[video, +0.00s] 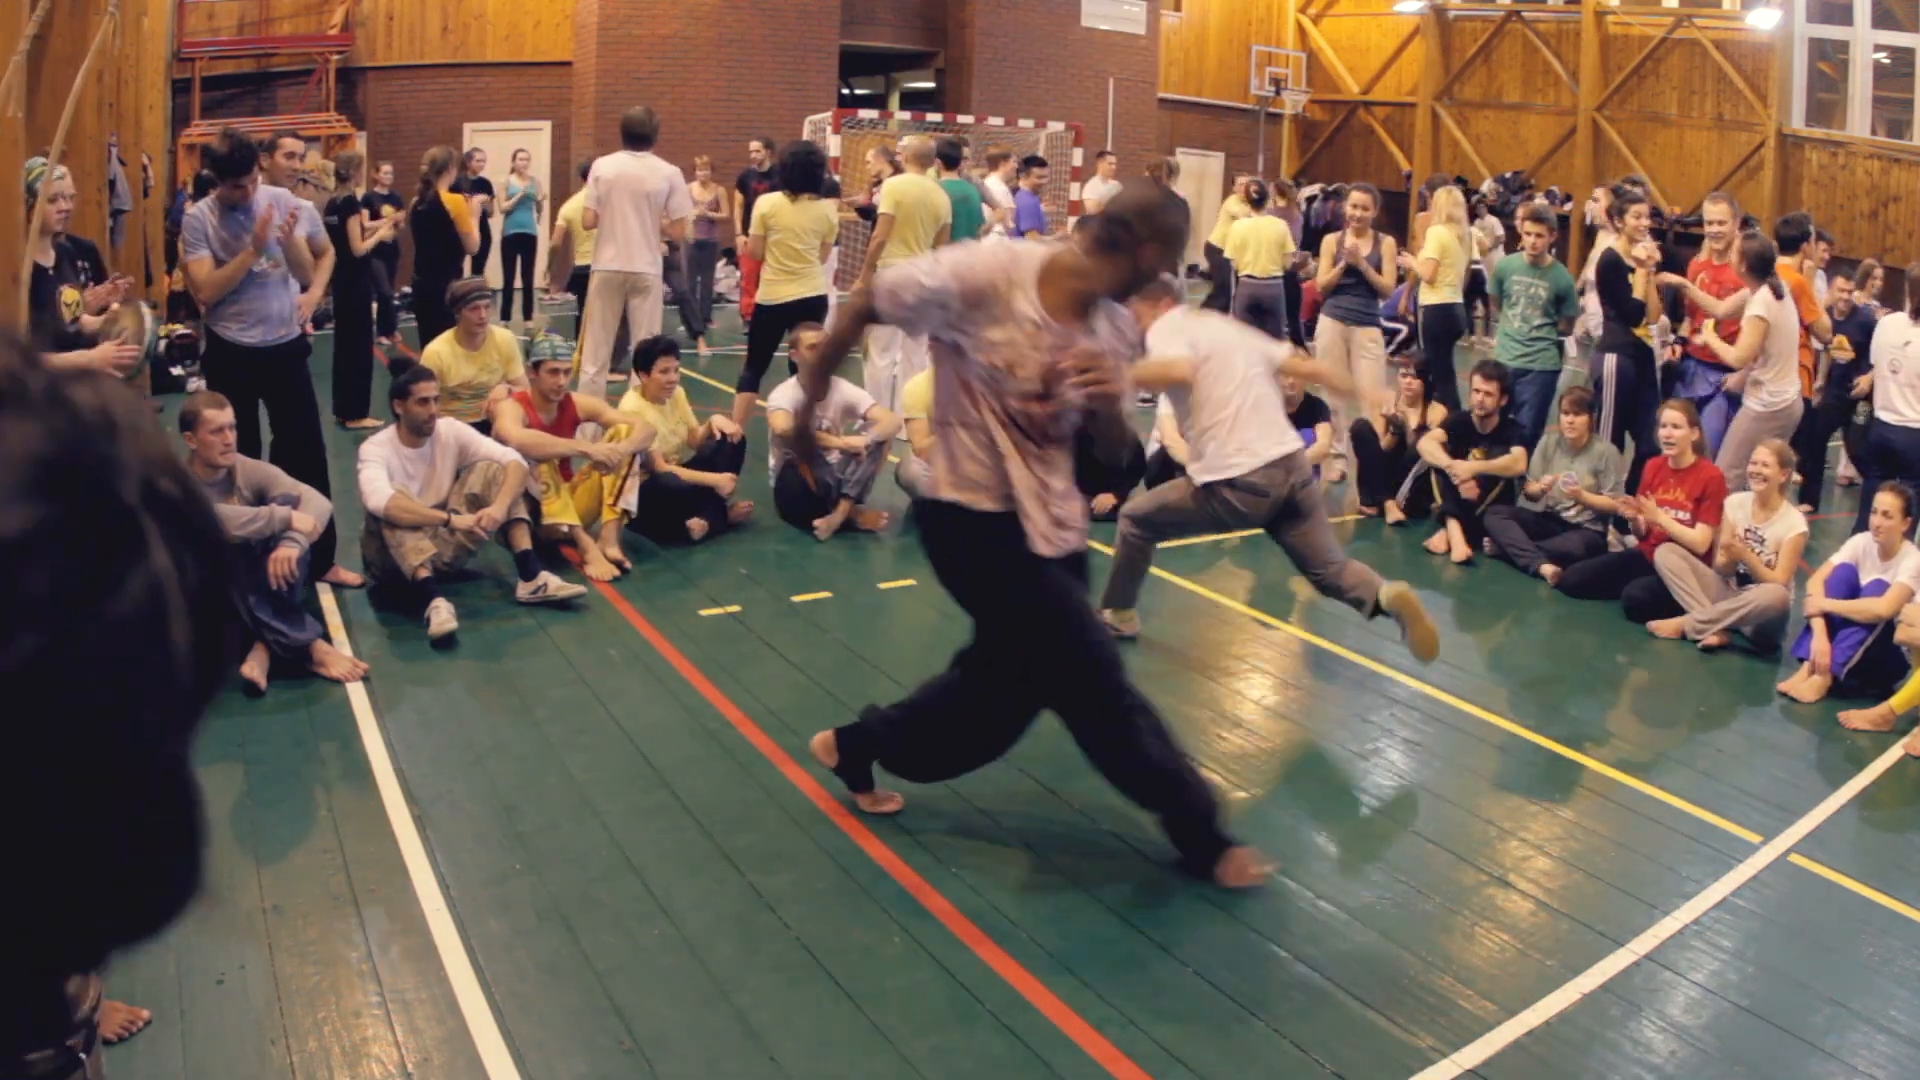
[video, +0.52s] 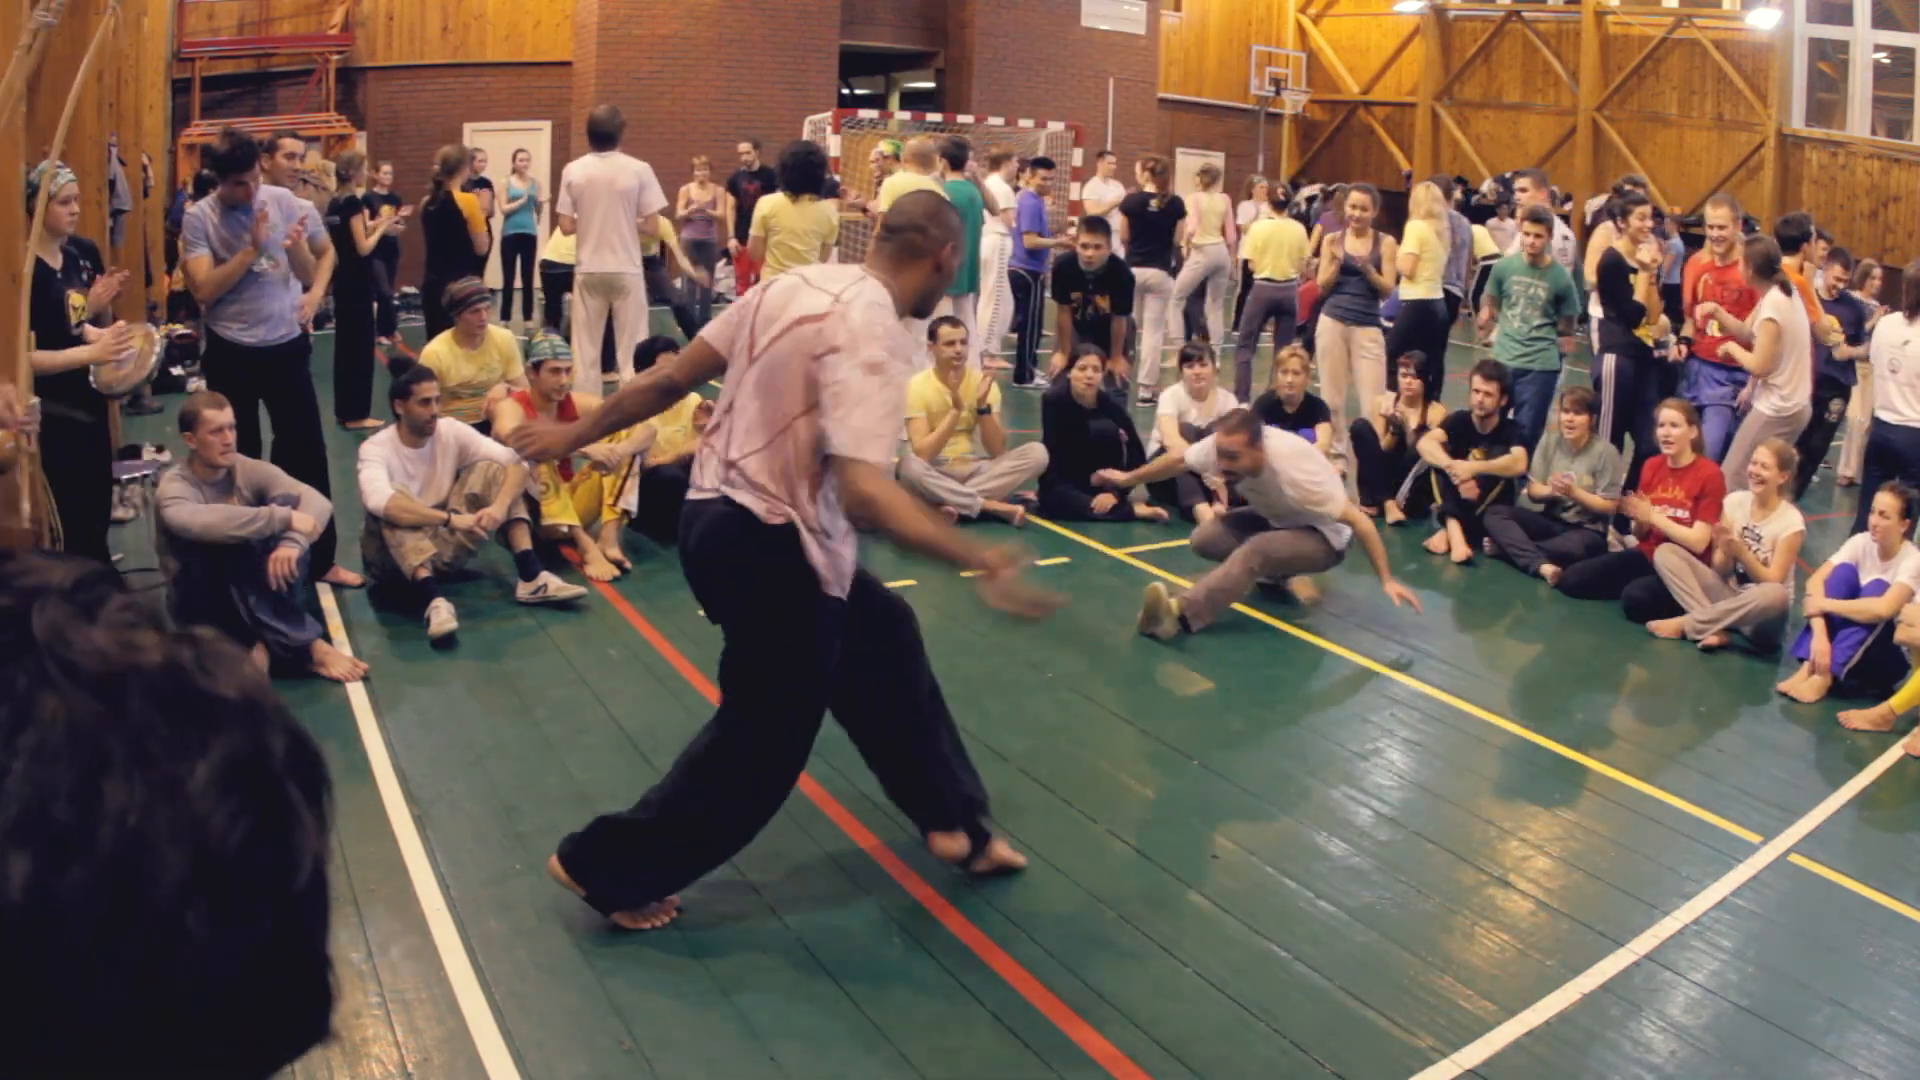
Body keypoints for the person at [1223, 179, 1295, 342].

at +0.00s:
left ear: (1247, 201)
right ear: (1267, 200)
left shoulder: (1238, 226)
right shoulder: (1280, 225)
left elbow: (1232, 260)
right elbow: (1288, 261)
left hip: (1246, 283)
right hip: (1273, 285)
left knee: (1241, 336)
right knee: (1275, 338)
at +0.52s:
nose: (1267, 205)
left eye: (1267, 202)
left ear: (1269, 204)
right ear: (1289, 204)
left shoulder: (1259, 227)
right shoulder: (1299, 229)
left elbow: (1249, 260)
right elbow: (1304, 259)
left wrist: (1263, 272)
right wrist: (1293, 274)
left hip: (1263, 284)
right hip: (1290, 284)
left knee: (1246, 344)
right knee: (1284, 347)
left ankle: (1242, 397)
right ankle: (1282, 399)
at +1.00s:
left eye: (1276, 201)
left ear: (1277, 203)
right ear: (1298, 205)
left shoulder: (1265, 227)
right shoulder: (1305, 231)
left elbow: (1255, 258)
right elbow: (1310, 267)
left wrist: (1268, 273)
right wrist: (1293, 276)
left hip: (1267, 285)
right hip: (1293, 287)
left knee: (1250, 345)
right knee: (1286, 349)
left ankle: (1236, 397)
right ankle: (1283, 402)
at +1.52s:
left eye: (1278, 201)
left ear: (1278, 204)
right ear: (1298, 204)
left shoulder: (1266, 228)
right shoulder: (1306, 231)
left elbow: (1256, 259)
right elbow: (1311, 266)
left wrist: (1254, 286)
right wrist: (1293, 271)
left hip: (1265, 285)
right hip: (1291, 287)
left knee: (1252, 343)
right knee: (1289, 344)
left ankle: (1236, 395)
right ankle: (1282, 395)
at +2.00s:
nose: (1298, 168)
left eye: (1304, 162)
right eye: (1292, 162)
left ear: (1317, 165)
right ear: (1286, 167)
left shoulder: (1328, 202)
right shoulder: (1286, 199)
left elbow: (1337, 250)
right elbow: (1271, 246)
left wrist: (1330, 289)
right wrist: (1249, 282)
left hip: (1309, 288)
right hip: (1282, 287)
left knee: (1302, 358)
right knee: (1280, 356)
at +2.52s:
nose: (1223, 164)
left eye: (1230, 159)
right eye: (1219, 159)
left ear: (1244, 162)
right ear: (1215, 164)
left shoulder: (1253, 201)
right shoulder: (1216, 197)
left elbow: (1266, 252)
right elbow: (1204, 242)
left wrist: (1254, 299)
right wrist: (1177, 272)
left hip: (1235, 285)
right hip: (1211, 283)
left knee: (1217, 350)